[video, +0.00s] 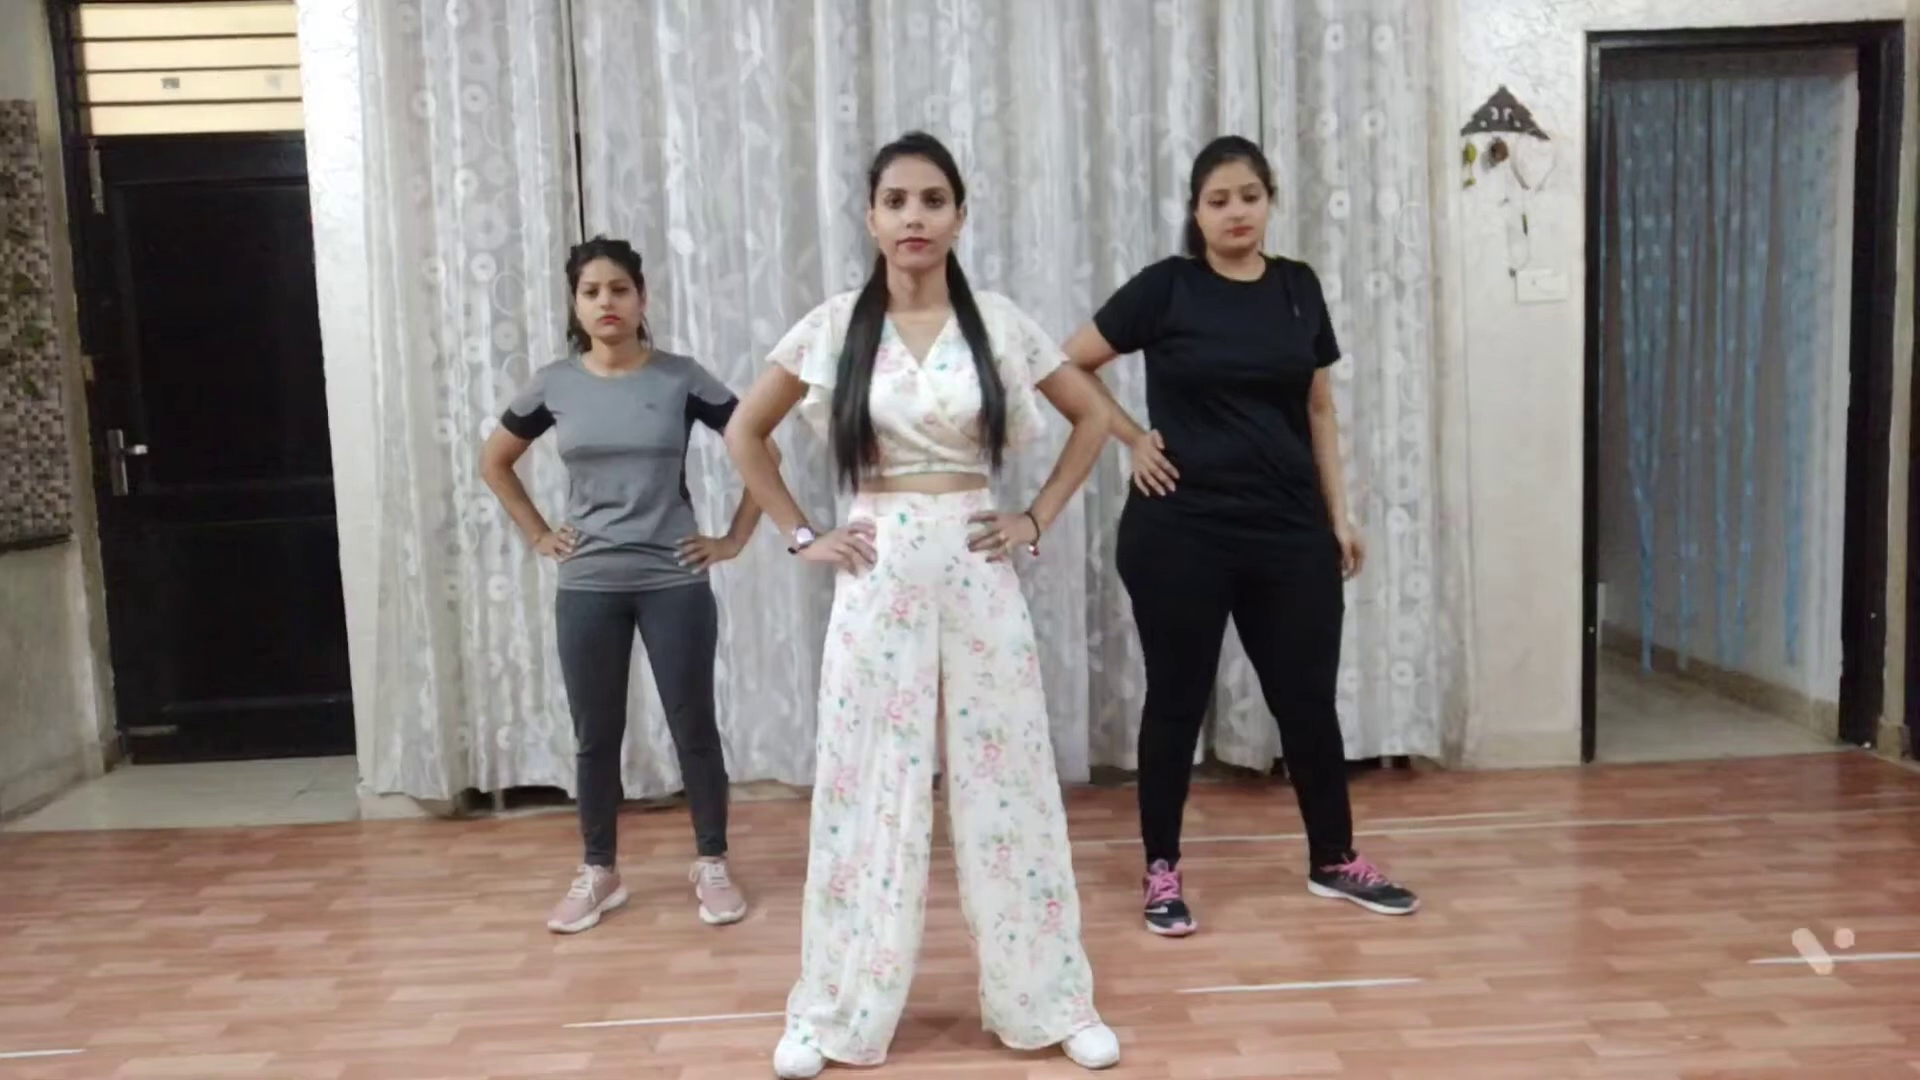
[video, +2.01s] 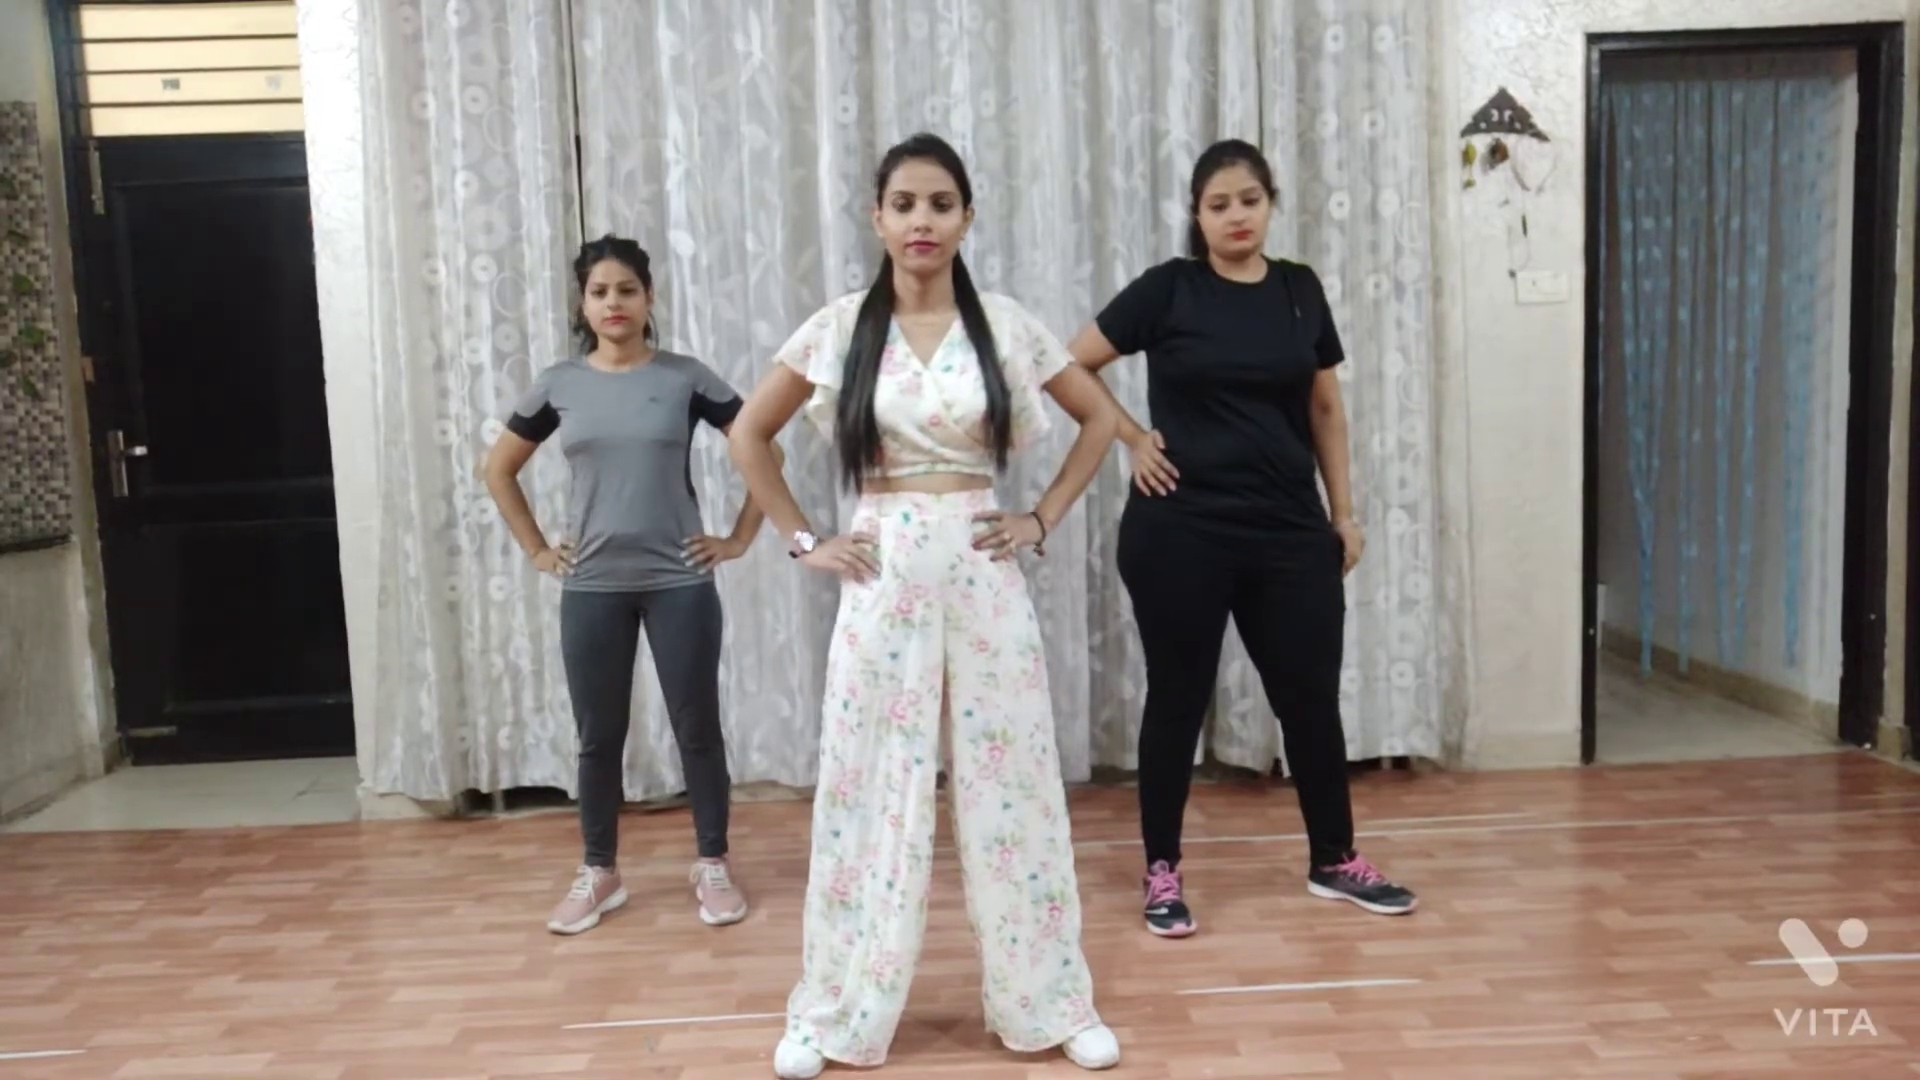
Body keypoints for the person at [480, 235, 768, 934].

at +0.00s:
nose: (607, 303)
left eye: (619, 289)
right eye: (592, 292)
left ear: (642, 298)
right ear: (574, 305)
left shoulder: (680, 379)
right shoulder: (555, 385)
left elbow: (762, 450)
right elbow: (494, 463)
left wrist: (734, 539)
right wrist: (540, 533)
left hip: (674, 574)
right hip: (589, 579)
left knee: (693, 728)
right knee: (596, 736)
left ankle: (712, 866)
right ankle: (598, 872)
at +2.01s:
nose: (614, 303)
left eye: (627, 290)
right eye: (600, 292)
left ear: (648, 298)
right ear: (582, 304)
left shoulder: (685, 378)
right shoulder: (559, 386)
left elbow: (765, 450)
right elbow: (497, 469)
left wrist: (740, 538)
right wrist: (540, 550)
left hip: (679, 575)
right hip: (594, 581)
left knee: (697, 728)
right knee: (599, 738)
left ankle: (712, 866)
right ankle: (599, 872)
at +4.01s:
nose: (621, 303)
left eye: (634, 291)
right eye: (608, 292)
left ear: (654, 301)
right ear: (588, 302)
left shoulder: (688, 380)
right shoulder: (562, 384)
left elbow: (767, 452)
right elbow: (503, 466)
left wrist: (738, 538)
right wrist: (537, 548)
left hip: (676, 575)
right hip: (591, 578)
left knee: (695, 729)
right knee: (597, 737)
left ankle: (712, 866)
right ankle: (599, 872)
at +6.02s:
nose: (617, 303)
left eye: (630, 290)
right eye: (603, 291)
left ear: (651, 300)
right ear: (585, 302)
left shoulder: (686, 379)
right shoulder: (559, 383)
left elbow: (767, 450)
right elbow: (503, 466)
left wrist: (738, 535)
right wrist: (537, 548)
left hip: (676, 574)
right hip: (591, 580)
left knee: (696, 726)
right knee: (597, 736)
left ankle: (712, 866)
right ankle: (599, 871)